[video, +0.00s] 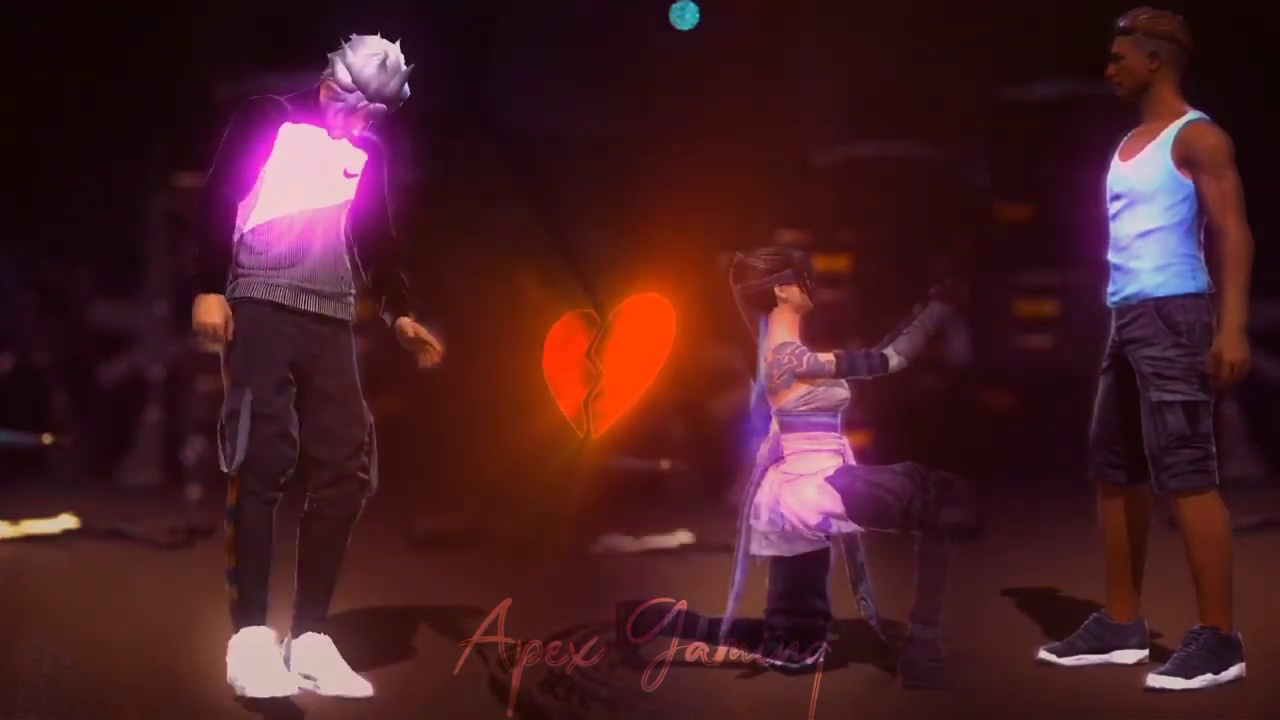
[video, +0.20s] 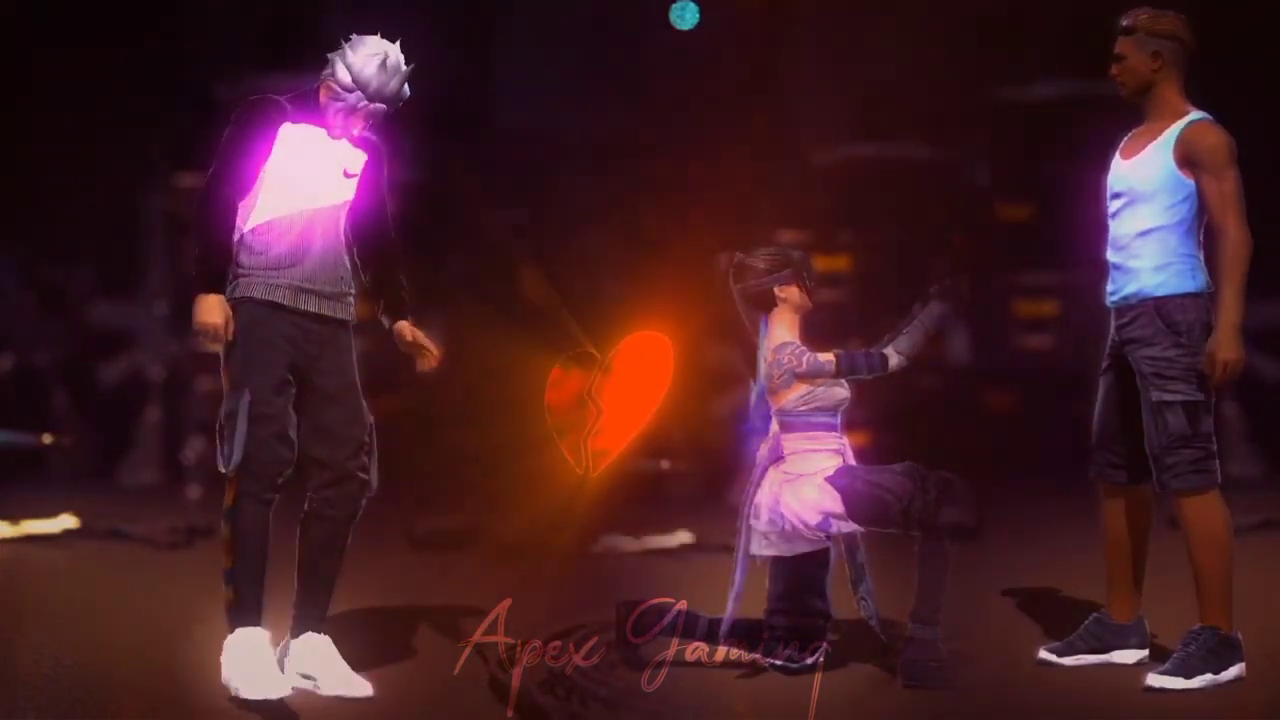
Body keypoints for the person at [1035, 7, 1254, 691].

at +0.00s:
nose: (1110, 68)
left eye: (1120, 58)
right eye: (1110, 58)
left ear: (1157, 62)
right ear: (1140, 65)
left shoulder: (1199, 135)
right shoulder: (1131, 142)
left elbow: (1234, 234)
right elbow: (1136, 241)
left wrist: (1232, 328)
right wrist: (1119, 321)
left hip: (1172, 321)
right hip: (1125, 323)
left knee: (1189, 478)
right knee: (1115, 471)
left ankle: (1216, 637)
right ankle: (1121, 623)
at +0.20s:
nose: (1113, 68)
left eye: (1122, 58)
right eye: (1113, 58)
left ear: (1159, 62)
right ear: (1142, 64)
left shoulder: (1201, 135)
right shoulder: (1133, 140)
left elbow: (1234, 233)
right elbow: (1136, 239)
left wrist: (1227, 327)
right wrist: (1118, 320)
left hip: (1171, 320)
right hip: (1124, 322)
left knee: (1190, 477)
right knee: (1117, 472)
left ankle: (1216, 636)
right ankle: (1121, 623)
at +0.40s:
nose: (1113, 68)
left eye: (1122, 58)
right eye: (1113, 59)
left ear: (1160, 62)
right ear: (1142, 64)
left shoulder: (1200, 135)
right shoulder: (1134, 139)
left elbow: (1234, 233)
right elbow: (1136, 239)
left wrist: (1227, 327)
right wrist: (1118, 319)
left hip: (1171, 320)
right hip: (1124, 322)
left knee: (1190, 476)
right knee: (1116, 470)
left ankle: (1216, 636)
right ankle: (1121, 623)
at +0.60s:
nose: (1113, 69)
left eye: (1122, 59)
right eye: (1113, 59)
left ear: (1160, 62)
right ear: (1141, 65)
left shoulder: (1200, 135)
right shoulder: (1133, 140)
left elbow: (1234, 233)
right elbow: (1136, 239)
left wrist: (1228, 328)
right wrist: (1118, 319)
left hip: (1172, 320)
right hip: (1125, 322)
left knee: (1190, 476)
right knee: (1116, 470)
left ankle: (1216, 636)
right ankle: (1121, 623)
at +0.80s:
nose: (1112, 68)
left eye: (1122, 58)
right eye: (1113, 59)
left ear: (1160, 62)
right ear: (1142, 65)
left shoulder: (1200, 135)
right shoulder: (1133, 139)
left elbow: (1234, 233)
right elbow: (1136, 239)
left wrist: (1228, 328)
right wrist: (1118, 319)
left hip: (1172, 320)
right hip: (1125, 322)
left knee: (1190, 476)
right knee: (1116, 470)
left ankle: (1216, 636)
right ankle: (1121, 623)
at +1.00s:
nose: (1112, 68)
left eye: (1122, 58)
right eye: (1112, 58)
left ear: (1159, 62)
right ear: (1141, 65)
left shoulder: (1199, 135)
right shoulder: (1133, 140)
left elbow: (1234, 234)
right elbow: (1136, 240)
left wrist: (1229, 328)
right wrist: (1118, 319)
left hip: (1172, 320)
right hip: (1125, 322)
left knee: (1189, 476)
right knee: (1116, 470)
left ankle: (1216, 636)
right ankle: (1121, 623)